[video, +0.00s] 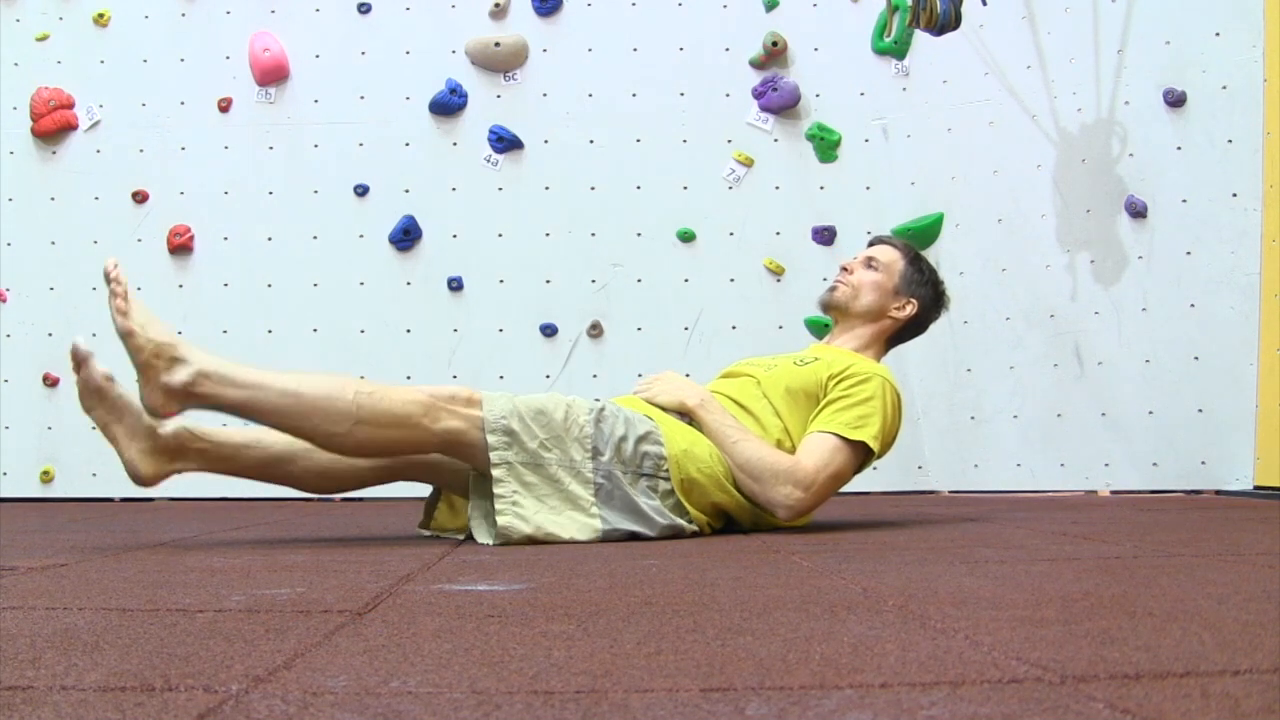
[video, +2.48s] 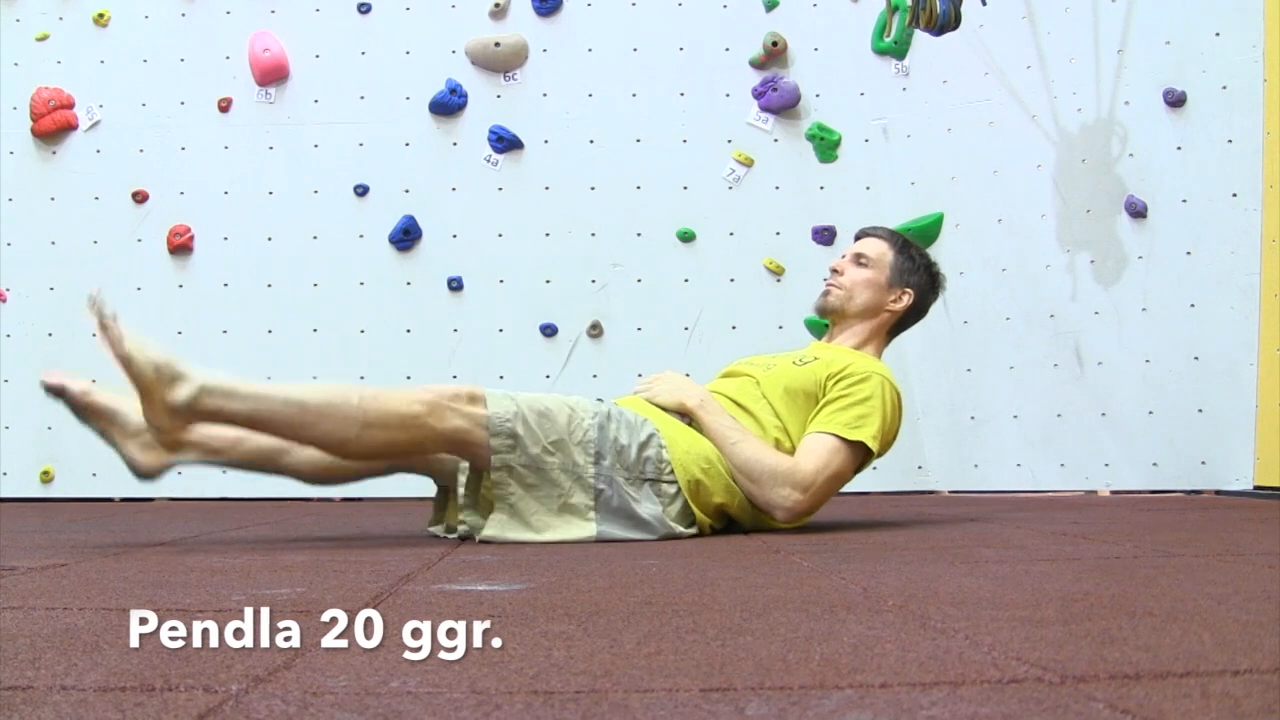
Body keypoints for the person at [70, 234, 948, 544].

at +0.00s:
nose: (850, 266)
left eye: (873, 266)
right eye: (858, 257)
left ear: (902, 311)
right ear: (859, 291)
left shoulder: (867, 382)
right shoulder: (800, 365)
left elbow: (794, 495)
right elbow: (745, 466)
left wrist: (701, 402)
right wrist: (663, 412)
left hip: (654, 461)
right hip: (626, 449)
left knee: (444, 417)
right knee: (402, 446)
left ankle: (188, 374)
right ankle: (162, 446)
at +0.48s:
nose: (846, 265)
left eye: (870, 264)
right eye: (852, 255)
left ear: (901, 307)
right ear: (851, 287)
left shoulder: (867, 382)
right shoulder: (799, 364)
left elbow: (795, 497)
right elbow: (739, 454)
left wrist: (706, 403)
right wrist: (668, 402)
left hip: (657, 456)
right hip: (628, 440)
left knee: (456, 420)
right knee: (414, 434)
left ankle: (194, 398)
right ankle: (166, 427)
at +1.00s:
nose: (831, 262)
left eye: (854, 260)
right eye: (837, 253)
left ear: (889, 300)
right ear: (843, 286)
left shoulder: (861, 377)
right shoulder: (795, 364)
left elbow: (791, 494)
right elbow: (745, 463)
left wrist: (703, 403)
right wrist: (668, 403)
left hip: (652, 457)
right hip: (625, 442)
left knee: (444, 422)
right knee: (426, 419)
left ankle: (187, 408)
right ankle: (185, 404)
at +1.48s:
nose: (840, 263)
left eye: (864, 261)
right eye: (845, 253)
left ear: (897, 304)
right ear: (844, 284)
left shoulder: (864, 377)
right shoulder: (794, 363)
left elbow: (792, 495)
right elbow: (737, 459)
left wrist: (702, 404)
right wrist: (664, 403)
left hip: (651, 458)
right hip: (622, 446)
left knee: (446, 412)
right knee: (392, 443)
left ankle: (194, 381)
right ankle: (165, 433)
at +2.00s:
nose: (835, 267)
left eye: (859, 264)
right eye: (838, 257)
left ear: (894, 304)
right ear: (836, 287)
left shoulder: (864, 380)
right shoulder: (792, 364)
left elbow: (793, 494)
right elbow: (739, 459)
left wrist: (703, 403)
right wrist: (665, 403)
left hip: (657, 461)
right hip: (628, 442)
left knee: (446, 422)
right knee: (427, 411)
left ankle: (187, 419)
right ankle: (182, 394)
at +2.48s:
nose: (838, 263)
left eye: (861, 260)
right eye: (844, 252)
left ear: (898, 302)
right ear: (853, 287)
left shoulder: (866, 379)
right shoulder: (801, 363)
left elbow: (793, 498)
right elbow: (744, 464)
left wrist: (704, 404)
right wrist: (672, 405)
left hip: (651, 460)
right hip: (621, 445)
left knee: (450, 415)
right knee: (399, 444)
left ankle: (193, 392)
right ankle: (165, 440)